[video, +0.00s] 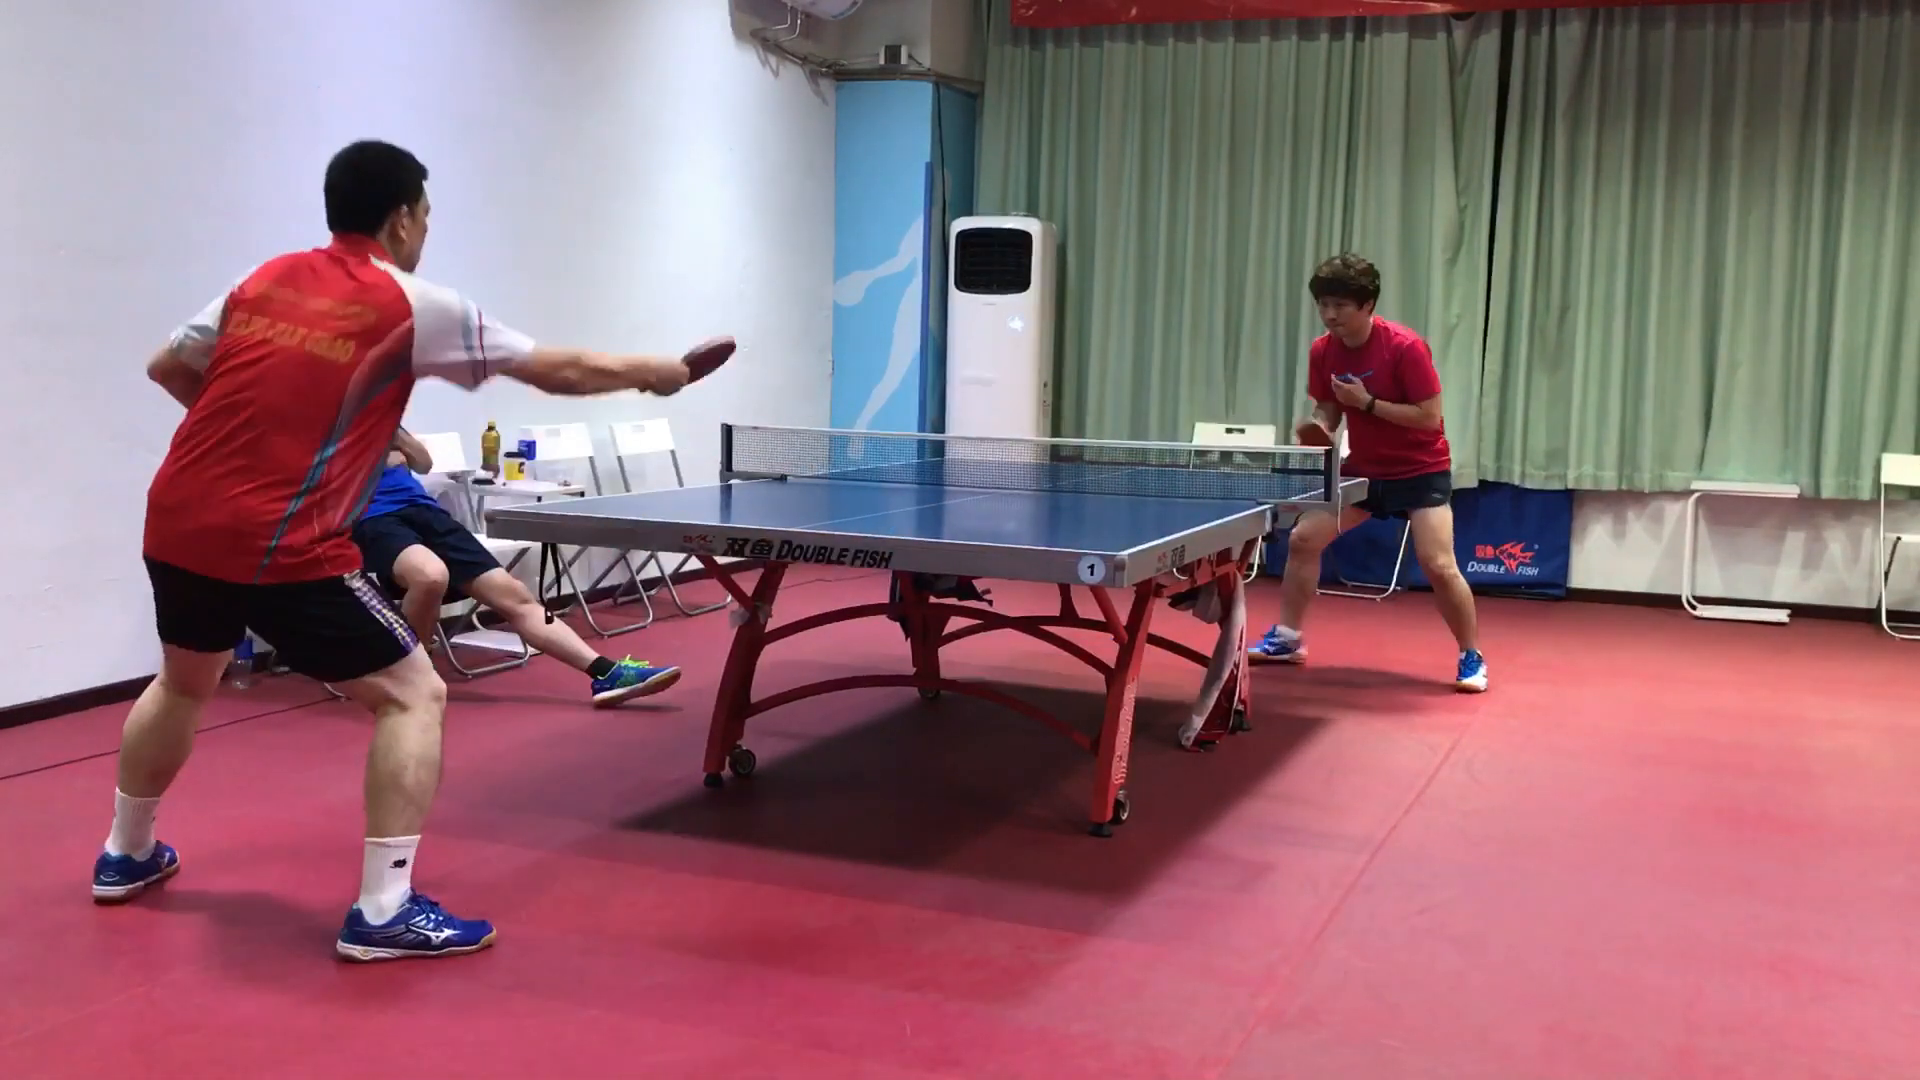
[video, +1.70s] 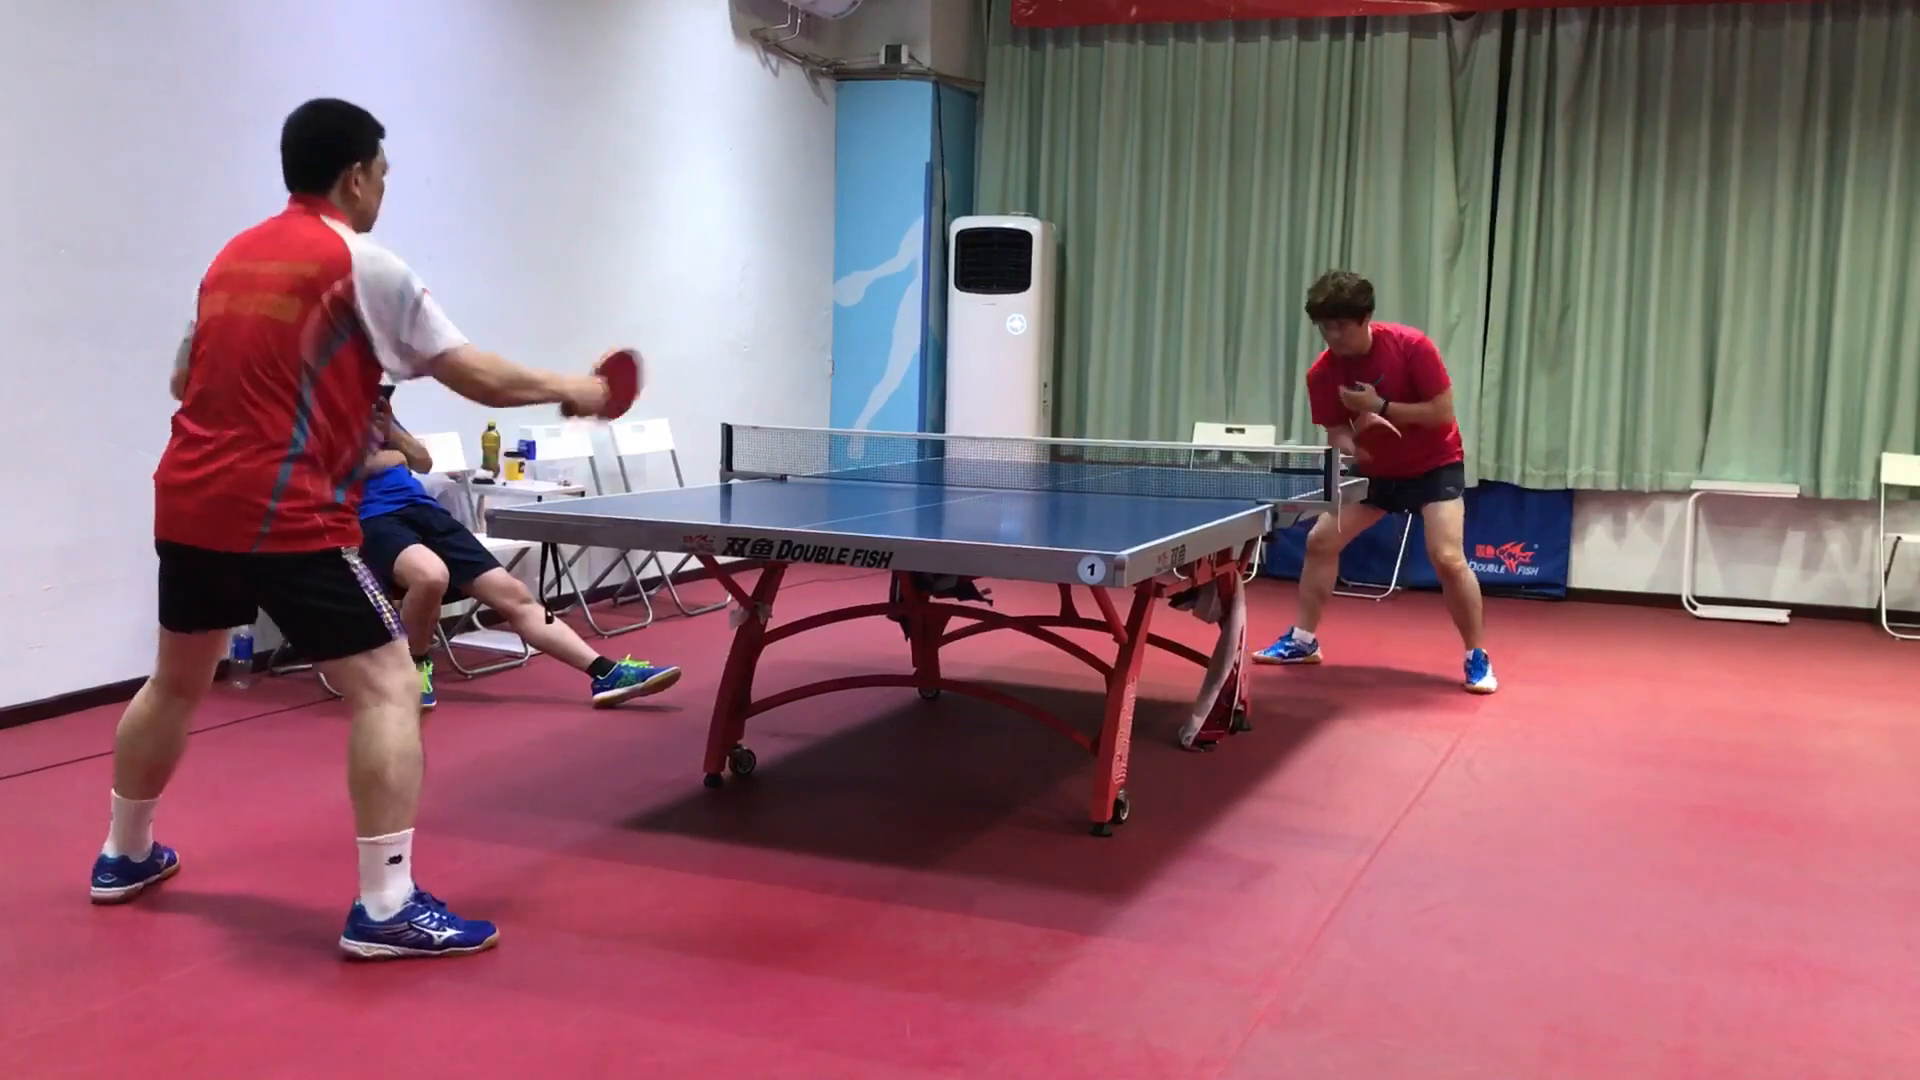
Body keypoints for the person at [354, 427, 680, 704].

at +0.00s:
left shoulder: (368, 415)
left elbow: (423, 463)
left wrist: (389, 429)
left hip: (420, 506)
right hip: (368, 517)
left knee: (514, 595)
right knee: (430, 576)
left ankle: (603, 671)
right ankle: (404, 672)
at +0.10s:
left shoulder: (369, 413)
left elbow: (421, 460)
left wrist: (384, 422)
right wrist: (387, 458)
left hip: (416, 505)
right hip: (365, 517)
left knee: (512, 594)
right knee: (430, 575)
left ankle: (604, 670)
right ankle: (413, 672)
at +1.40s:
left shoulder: (373, 414)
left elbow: (423, 462)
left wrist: (392, 433)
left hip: (417, 503)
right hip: (364, 513)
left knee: (514, 595)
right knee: (430, 576)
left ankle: (604, 671)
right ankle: (407, 675)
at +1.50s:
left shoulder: (371, 407)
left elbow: (422, 460)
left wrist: (386, 428)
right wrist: (624, 370)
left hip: (415, 504)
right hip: (366, 514)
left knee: (512, 593)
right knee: (430, 575)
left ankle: (604, 670)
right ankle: (410, 674)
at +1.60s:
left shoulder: (373, 412)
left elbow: (421, 460)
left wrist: (388, 430)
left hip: (413, 502)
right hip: (365, 513)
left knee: (511, 593)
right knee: (430, 576)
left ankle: (604, 670)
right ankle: (409, 675)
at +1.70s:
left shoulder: (374, 405)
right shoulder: (323, 423)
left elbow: (423, 462)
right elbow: (347, 466)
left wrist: (389, 426)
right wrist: (396, 453)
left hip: (419, 505)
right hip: (368, 516)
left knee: (513, 595)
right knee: (431, 575)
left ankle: (604, 670)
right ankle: (416, 664)